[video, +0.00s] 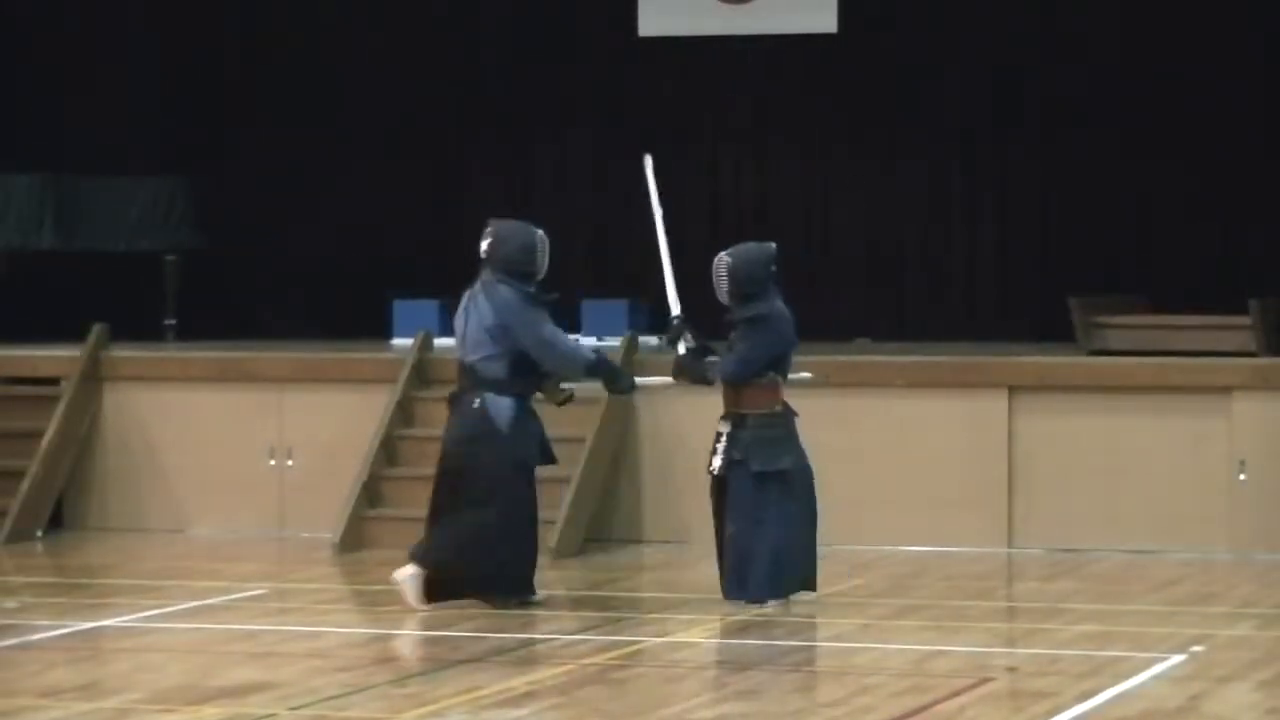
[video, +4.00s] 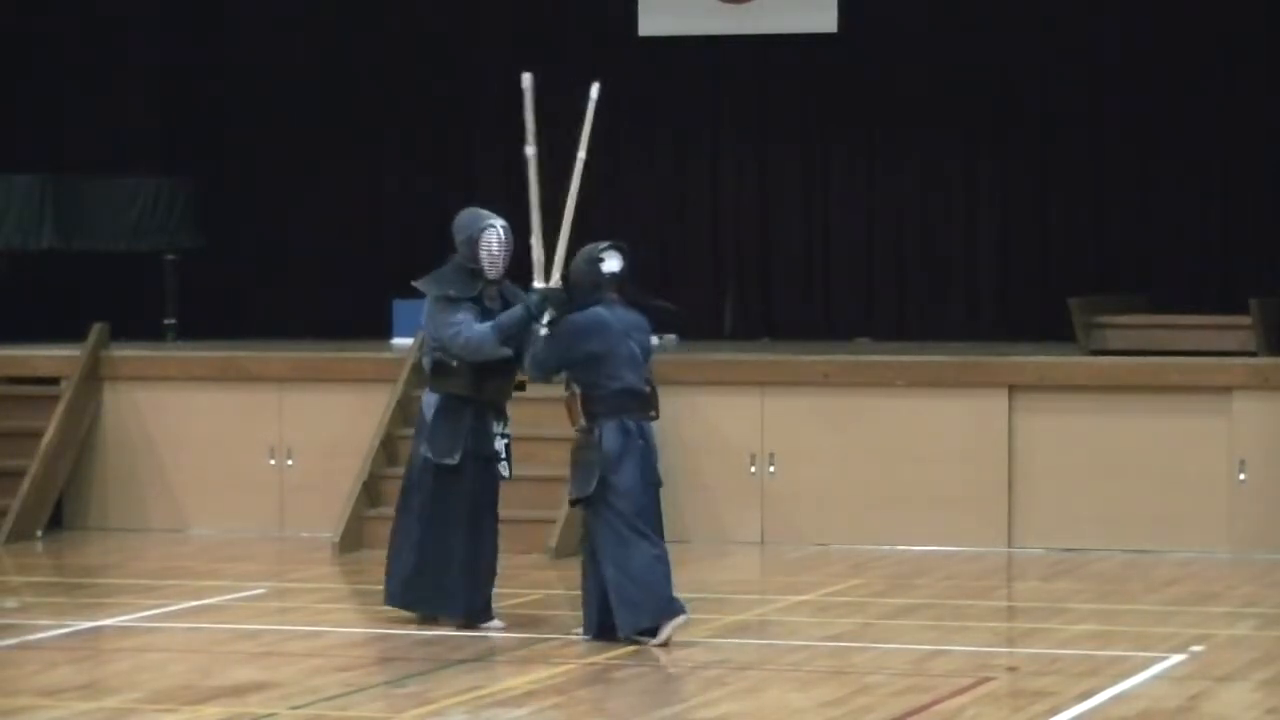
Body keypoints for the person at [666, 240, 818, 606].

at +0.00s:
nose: (723, 286)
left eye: (727, 278)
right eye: (723, 278)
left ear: (745, 280)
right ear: (754, 280)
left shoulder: (769, 322)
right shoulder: (748, 318)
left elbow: (734, 369)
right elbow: (728, 359)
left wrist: (696, 361)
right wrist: (694, 343)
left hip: (763, 430)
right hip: (743, 426)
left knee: (758, 509)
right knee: (743, 508)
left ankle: (767, 593)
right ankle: (750, 591)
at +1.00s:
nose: (576, 285)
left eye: (578, 279)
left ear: (583, 282)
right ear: (616, 278)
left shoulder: (587, 321)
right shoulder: (640, 321)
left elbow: (556, 360)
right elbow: (652, 364)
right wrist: (619, 375)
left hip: (591, 418)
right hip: (626, 418)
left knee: (577, 501)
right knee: (620, 502)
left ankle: (586, 595)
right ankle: (625, 589)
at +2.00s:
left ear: (616, 283)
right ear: (648, 283)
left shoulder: (600, 320)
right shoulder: (669, 319)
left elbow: (575, 358)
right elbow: (686, 363)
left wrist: (555, 313)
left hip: (613, 421)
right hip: (660, 422)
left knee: (616, 509)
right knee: (665, 514)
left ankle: (640, 584)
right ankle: (662, 610)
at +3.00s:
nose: (626, 276)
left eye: (629, 270)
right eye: (631, 269)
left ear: (636, 277)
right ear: (672, 278)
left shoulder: (627, 321)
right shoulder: (690, 322)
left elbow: (576, 358)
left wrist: (575, 330)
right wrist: (624, 313)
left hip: (650, 432)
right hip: (692, 430)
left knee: (643, 526)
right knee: (681, 526)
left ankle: (670, 619)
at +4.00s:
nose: (570, 287)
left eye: (573, 282)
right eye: (573, 282)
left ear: (582, 283)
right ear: (614, 282)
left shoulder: (580, 324)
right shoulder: (636, 322)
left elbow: (538, 365)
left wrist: (543, 321)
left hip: (606, 431)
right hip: (640, 429)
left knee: (612, 521)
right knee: (629, 519)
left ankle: (660, 610)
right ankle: (607, 621)